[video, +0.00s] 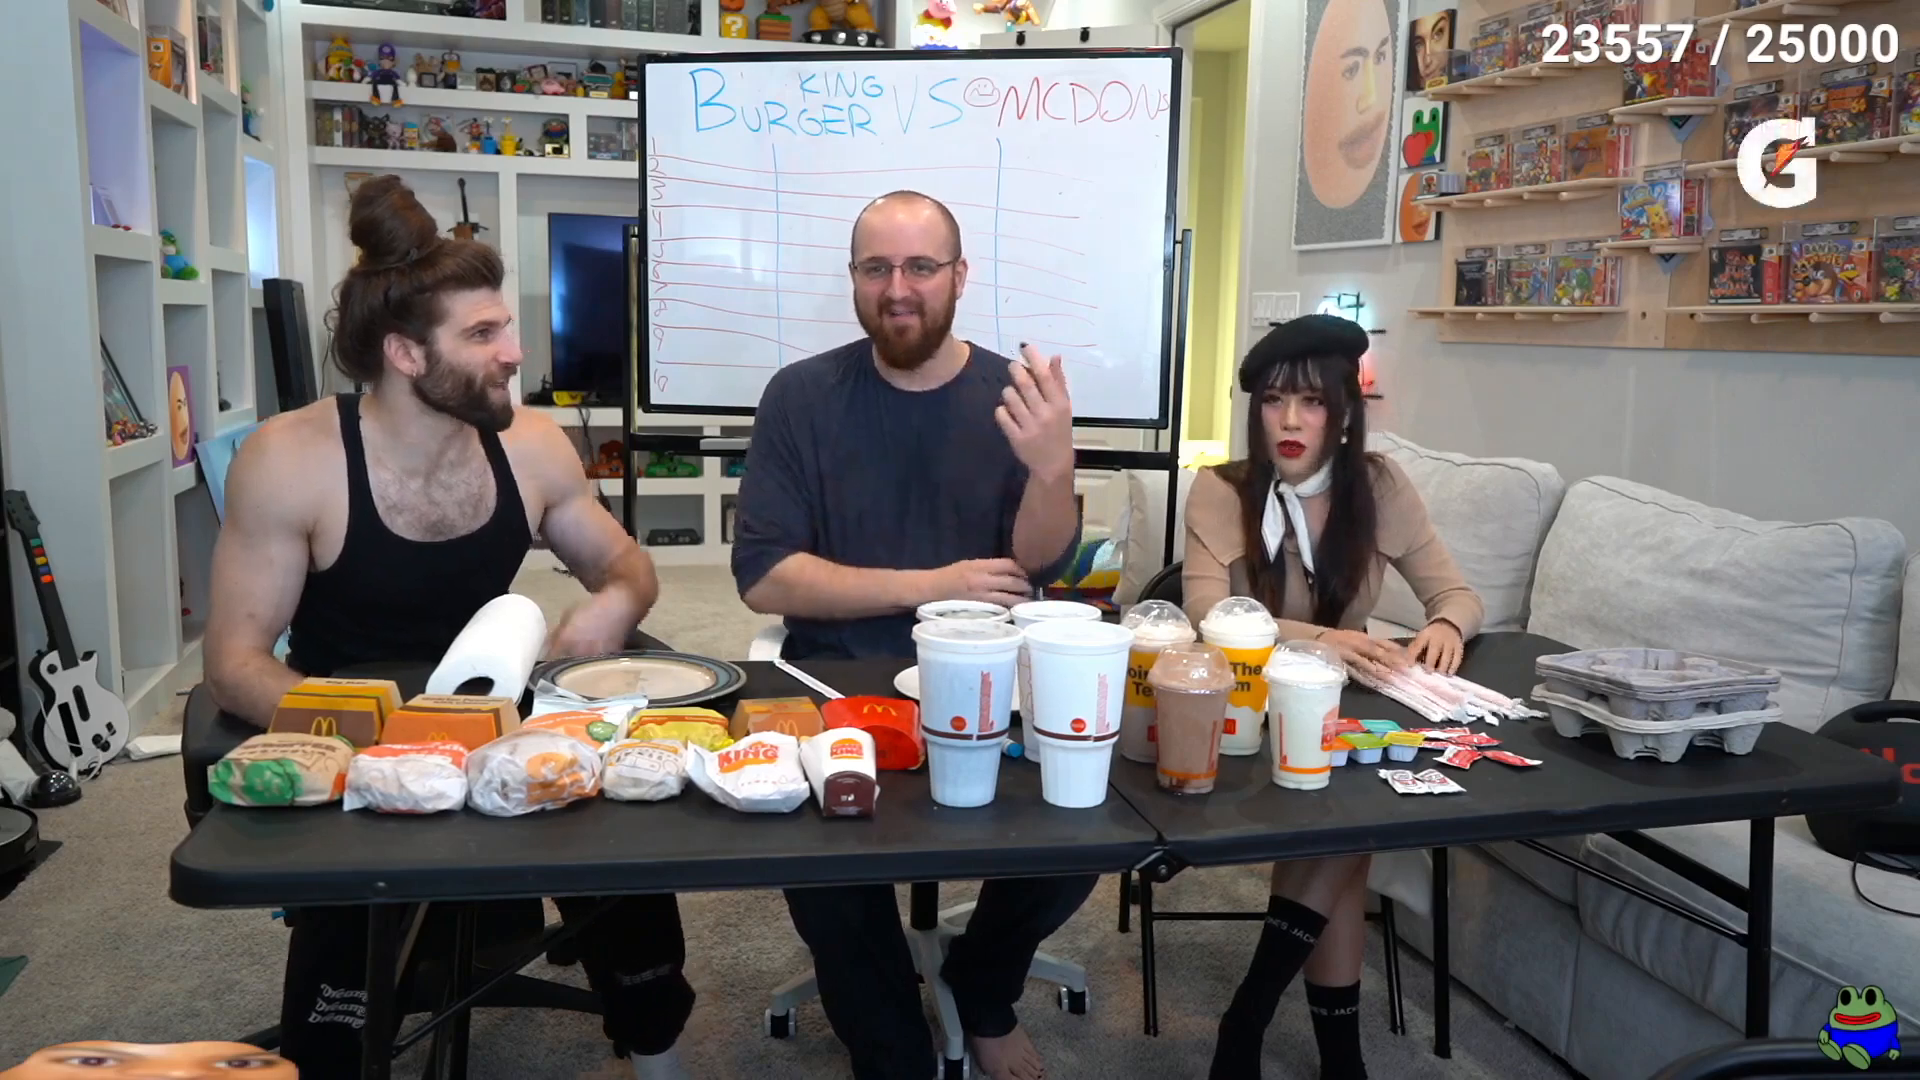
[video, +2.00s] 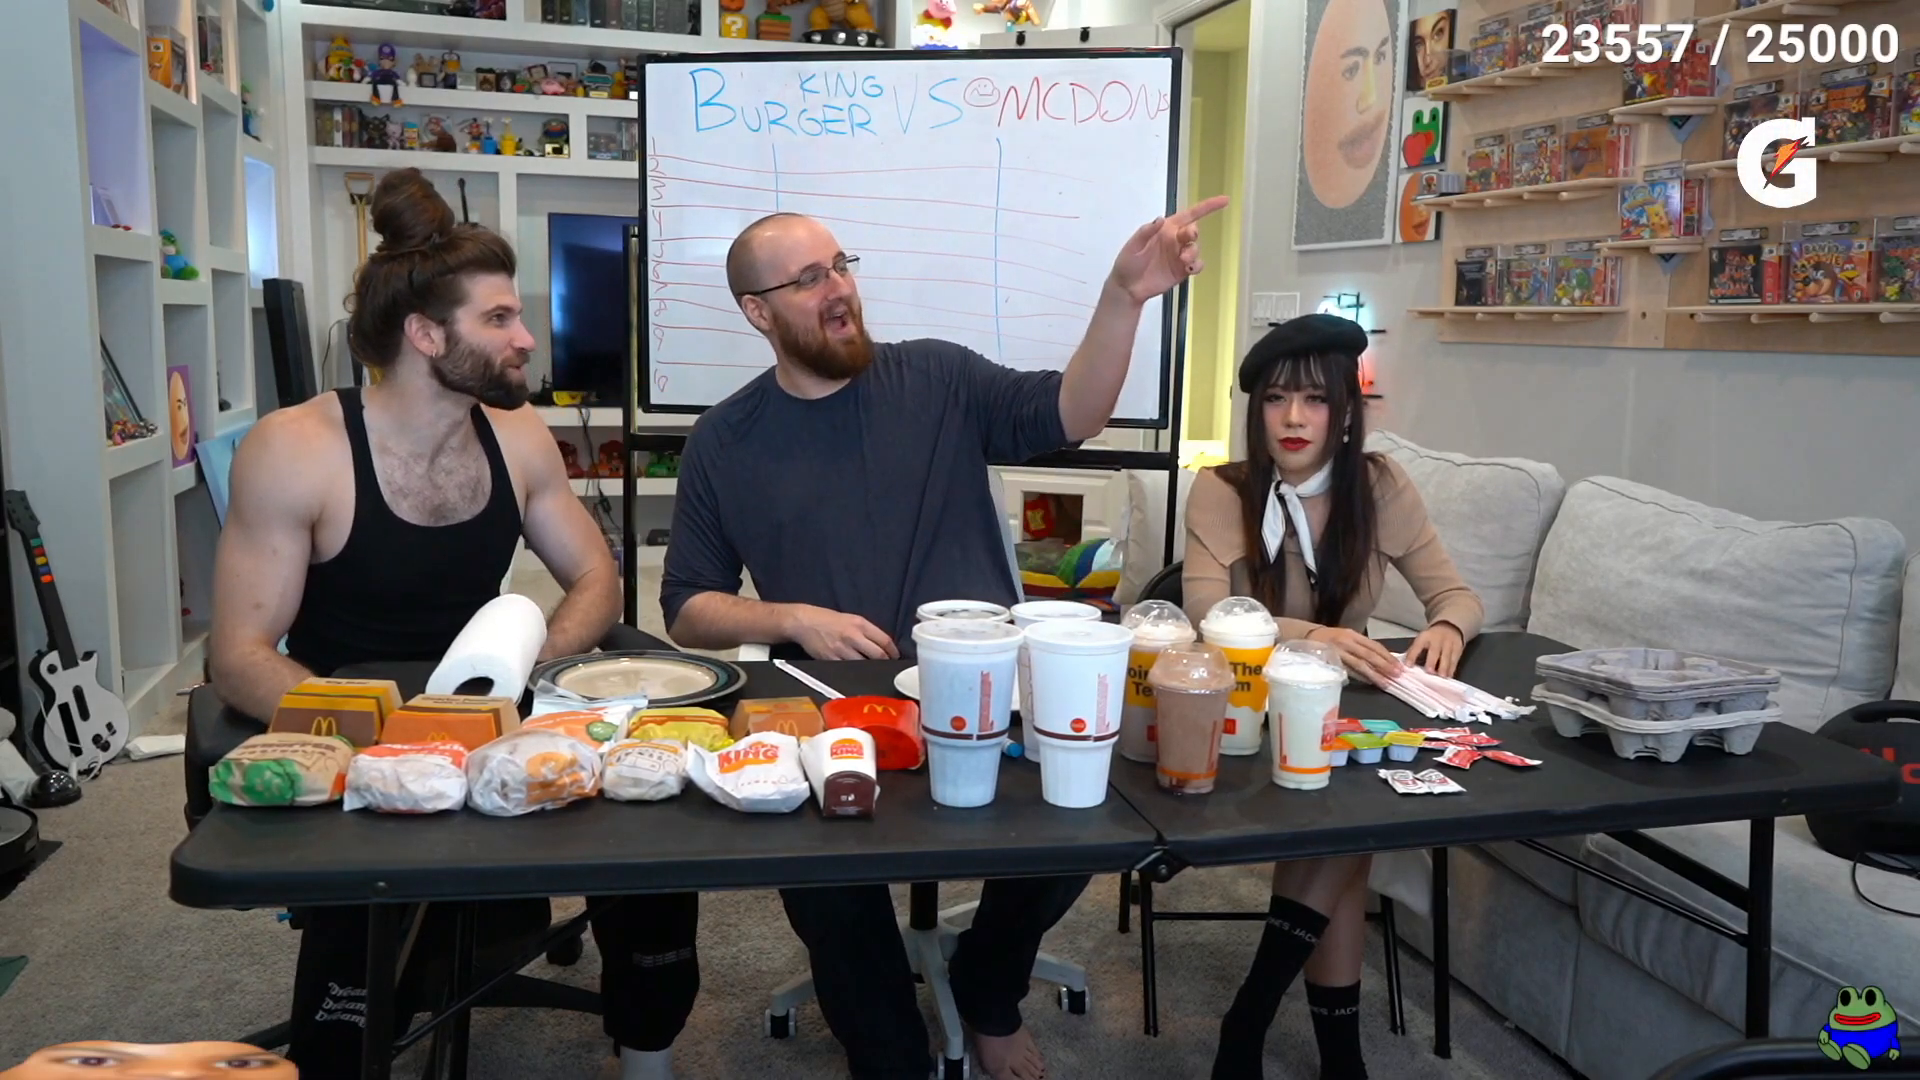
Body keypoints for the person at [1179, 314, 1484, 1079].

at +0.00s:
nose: (1290, 419)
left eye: (1312, 401)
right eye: (1275, 400)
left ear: (1345, 412)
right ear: (1254, 407)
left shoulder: (1378, 483)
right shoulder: (1219, 491)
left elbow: (1454, 593)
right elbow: (1211, 620)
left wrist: (1448, 623)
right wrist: (1318, 636)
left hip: (1339, 705)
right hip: (1242, 710)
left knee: (1346, 816)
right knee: (1350, 830)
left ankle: (1244, 1023)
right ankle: (1343, 1064)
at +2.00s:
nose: (1293, 417)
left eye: (1315, 399)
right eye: (1277, 398)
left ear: (1347, 411)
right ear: (1255, 406)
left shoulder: (1377, 482)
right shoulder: (1221, 492)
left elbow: (1454, 594)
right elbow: (1210, 622)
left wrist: (1449, 626)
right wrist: (1308, 634)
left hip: (1337, 706)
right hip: (1241, 710)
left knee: (1347, 814)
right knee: (1351, 829)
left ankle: (1245, 1026)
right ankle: (1343, 1064)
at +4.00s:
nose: (1298, 419)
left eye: (1320, 401)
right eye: (1282, 399)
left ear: (1349, 412)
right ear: (1258, 406)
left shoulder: (1379, 483)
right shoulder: (1222, 491)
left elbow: (1456, 595)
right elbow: (1209, 621)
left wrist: (1446, 624)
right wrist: (1308, 633)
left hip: (1334, 706)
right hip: (1239, 711)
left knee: (1345, 814)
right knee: (1349, 829)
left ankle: (1246, 1023)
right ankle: (1343, 1064)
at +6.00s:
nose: (1231, 410)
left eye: (1252, 394)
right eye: (1233, 391)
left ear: (1310, 407)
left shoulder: (1372, 484)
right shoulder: (1213, 489)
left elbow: (1459, 597)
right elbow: (1212, 621)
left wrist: (1441, 619)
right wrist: (1312, 632)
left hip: (1340, 704)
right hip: (1240, 709)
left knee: (1340, 819)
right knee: (1347, 833)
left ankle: (1244, 1027)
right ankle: (1343, 1065)